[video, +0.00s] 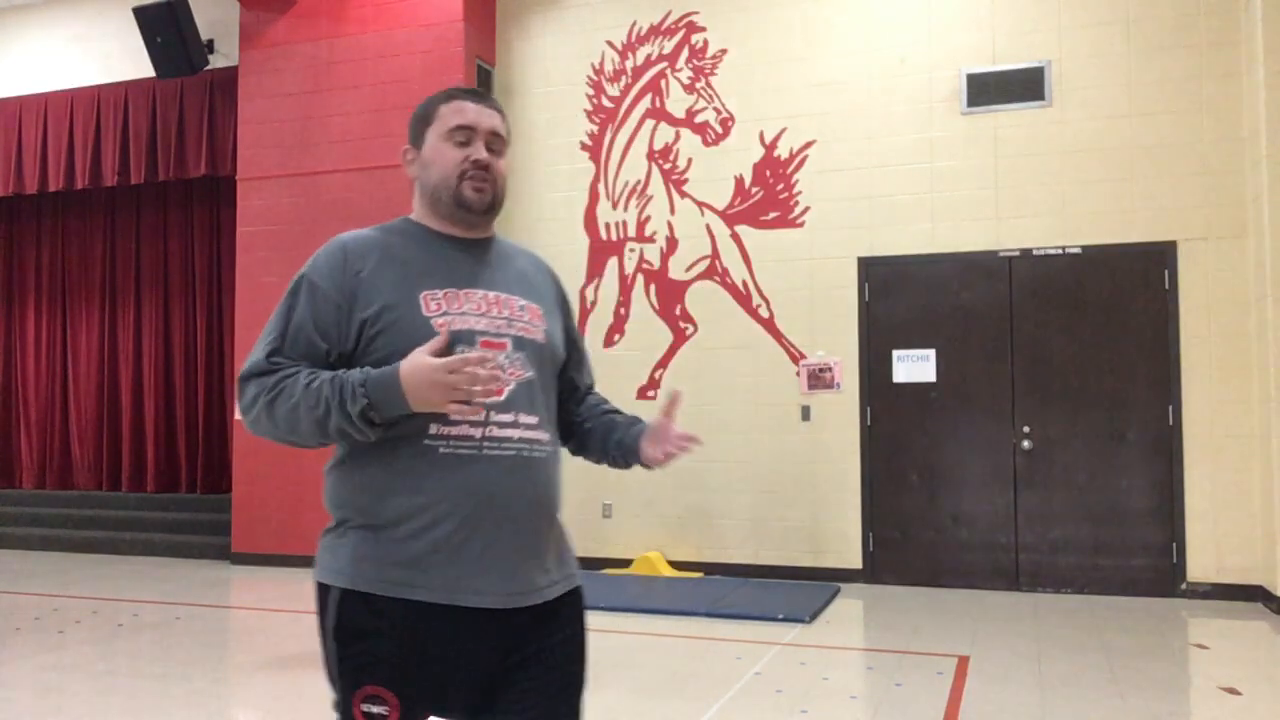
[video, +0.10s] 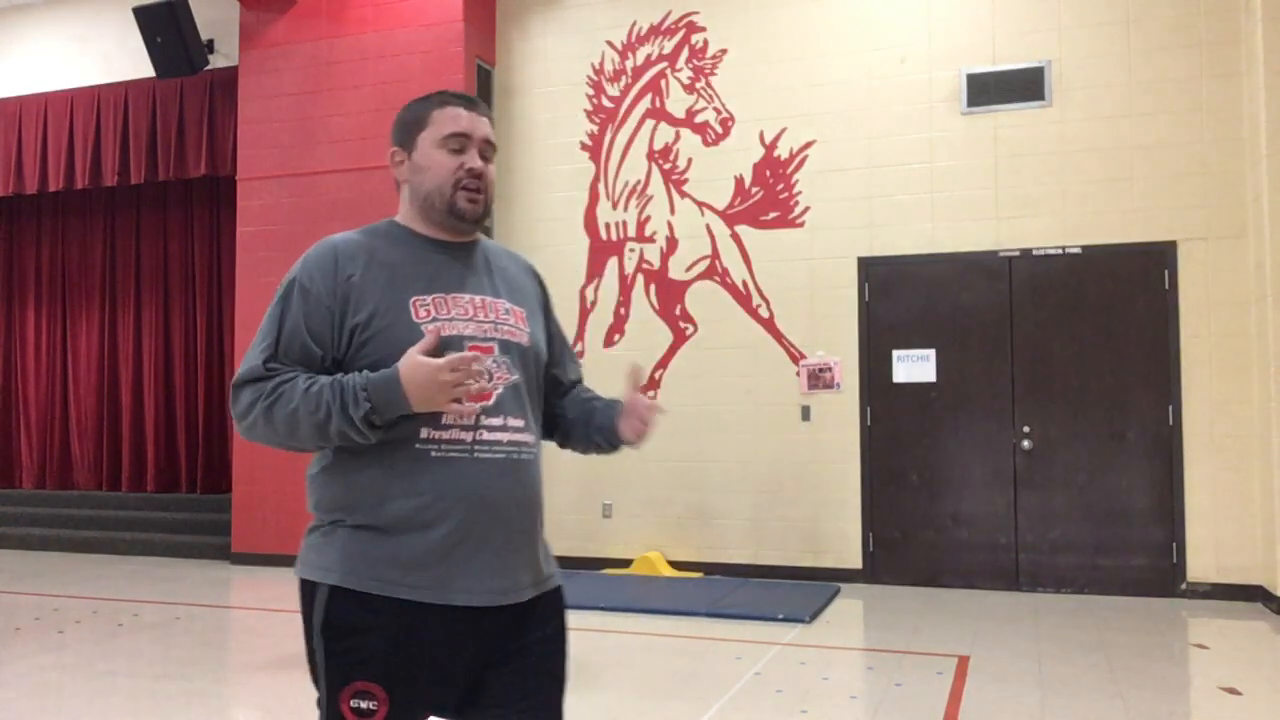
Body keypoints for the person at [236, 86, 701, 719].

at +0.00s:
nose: (482, 155)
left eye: (496, 144)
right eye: (461, 138)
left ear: (509, 167)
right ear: (412, 158)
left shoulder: (539, 279)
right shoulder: (350, 264)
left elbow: (572, 406)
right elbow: (264, 394)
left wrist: (635, 438)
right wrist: (393, 389)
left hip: (535, 600)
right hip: (392, 597)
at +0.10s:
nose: (476, 163)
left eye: (487, 152)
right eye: (456, 145)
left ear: (497, 170)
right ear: (401, 161)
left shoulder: (521, 279)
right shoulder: (339, 266)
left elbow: (556, 399)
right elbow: (257, 398)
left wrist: (612, 419)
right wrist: (389, 393)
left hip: (517, 597)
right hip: (377, 594)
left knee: (525, 710)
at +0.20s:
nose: (475, 165)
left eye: (481, 152)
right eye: (452, 149)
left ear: (488, 166)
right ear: (393, 165)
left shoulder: (509, 274)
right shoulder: (329, 267)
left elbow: (541, 394)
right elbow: (255, 402)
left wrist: (586, 405)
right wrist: (391, 397)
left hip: (508, 588)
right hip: (372, 590)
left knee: (527, 711)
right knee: (369, 709)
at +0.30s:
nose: (475, 166)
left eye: (478, 152)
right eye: (451, 152)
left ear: (485, 162)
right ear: (393, 171)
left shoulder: (504, 273)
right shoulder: (330, 266)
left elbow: (535, 398)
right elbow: (251, 399)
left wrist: (584, 394)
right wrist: (388, 391)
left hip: (507, 584)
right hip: (373, 587)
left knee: (529, 710)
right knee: (369, 709)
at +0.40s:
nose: (472, 166)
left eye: (475, 150)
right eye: (446, 153)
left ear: (485, 160)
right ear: (392, 177)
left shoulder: (507, 274)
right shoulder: (334, 265)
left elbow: (536, 395)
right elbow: (252, 392)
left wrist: (587, 386)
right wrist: (385, 384)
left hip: (507, 582)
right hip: (375, 583)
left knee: (525, 710)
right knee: (370, 709)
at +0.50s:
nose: (462, 166)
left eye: (471, 152)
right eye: (437, 153)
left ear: (487, 168)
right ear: (393, 176)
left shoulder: (515, 276)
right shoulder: (343, 266)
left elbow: (542, 389)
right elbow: (262, 388)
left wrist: (582, 395)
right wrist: (391, 395)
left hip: (510, 581)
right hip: (381, 582)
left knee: (517, 712)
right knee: (374, 708)